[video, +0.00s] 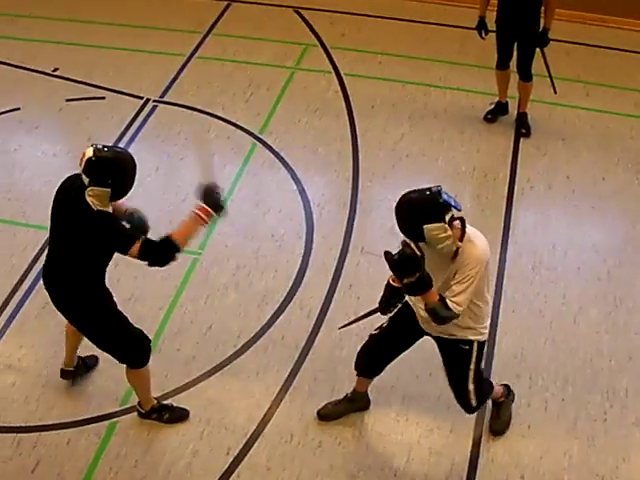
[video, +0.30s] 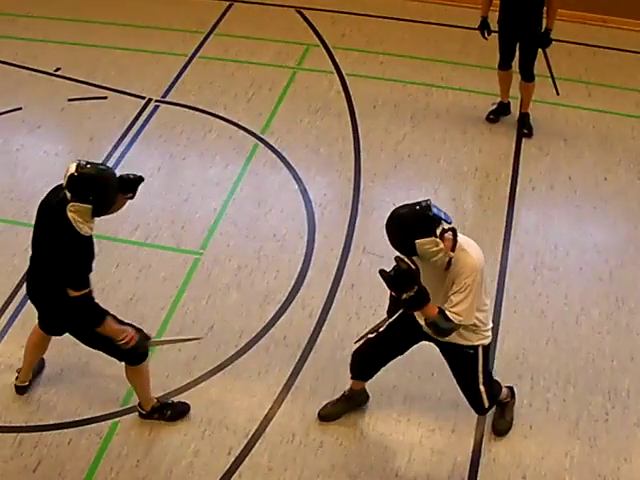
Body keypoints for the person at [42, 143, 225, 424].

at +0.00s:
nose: (124, 189)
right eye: (123, 184)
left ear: (92, 174)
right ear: (111, 190)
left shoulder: (70, 186)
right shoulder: (103, 225)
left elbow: (96, 203)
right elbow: (159, 254)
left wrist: (124, 213)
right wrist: (201, 214)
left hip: (54, 277)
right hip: (83, 296)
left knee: (79, 315)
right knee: (137, 347)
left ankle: (69, 365)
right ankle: (147, 405)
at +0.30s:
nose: (121, 203)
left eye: (121, 199)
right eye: (117, 201)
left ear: (79, 189)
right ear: (92, 203)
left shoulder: (57, 197)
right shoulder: (78, 242)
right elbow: (81, 303)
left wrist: (115, 194)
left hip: (37, 284)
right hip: (62, 304)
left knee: (45, 326)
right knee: (136, 347)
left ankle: (24, 377)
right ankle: (148, 404)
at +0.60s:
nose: (78, 203)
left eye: (78, 199)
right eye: (76, 199)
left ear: (51, 186)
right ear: (64, 198)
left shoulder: (40, 196)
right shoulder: (41, 233)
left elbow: (74, 223)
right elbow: (69, 281)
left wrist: (94, 249)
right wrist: (123, 258)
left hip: (30, 286)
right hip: (49, 301)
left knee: (43, 321)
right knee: (119, 344)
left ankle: (23, 377)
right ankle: (136, 405)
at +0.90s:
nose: (87, 198)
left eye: (86, 193)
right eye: (84, 194)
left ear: (57, 182)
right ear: (73, 197)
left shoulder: (44, 194)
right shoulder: (50, 228)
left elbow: (82, 222)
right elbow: (77, 264)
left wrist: (87, 252)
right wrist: (119, 219)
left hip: (36, 284)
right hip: (60, 299)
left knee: (49, 317)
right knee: (131, 339)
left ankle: (29, 372)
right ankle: (143, 401)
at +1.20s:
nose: (94, 191)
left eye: (93, 187)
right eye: (91, 187)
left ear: (65, 177)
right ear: (79, 189)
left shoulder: (55, 191)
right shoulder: (58, 225)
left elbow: (86, 213)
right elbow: (60, 279)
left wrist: (102, 230)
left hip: (56, 284)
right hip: (75, 297)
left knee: (55, 313)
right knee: (148, 334)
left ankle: (28, 365)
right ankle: (156, 397)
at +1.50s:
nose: (106, 197)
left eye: (106, 193)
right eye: (103, 193)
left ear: (79, 182)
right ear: (88, 193)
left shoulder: (64, 194)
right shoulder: (66, 230)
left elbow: (96, 201)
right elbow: (61, 289)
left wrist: (123, 201)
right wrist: (101, 271)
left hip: (80, 290)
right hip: (93, 300)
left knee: (64, 324)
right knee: (167, 333)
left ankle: (32, 367)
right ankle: (173, 398)